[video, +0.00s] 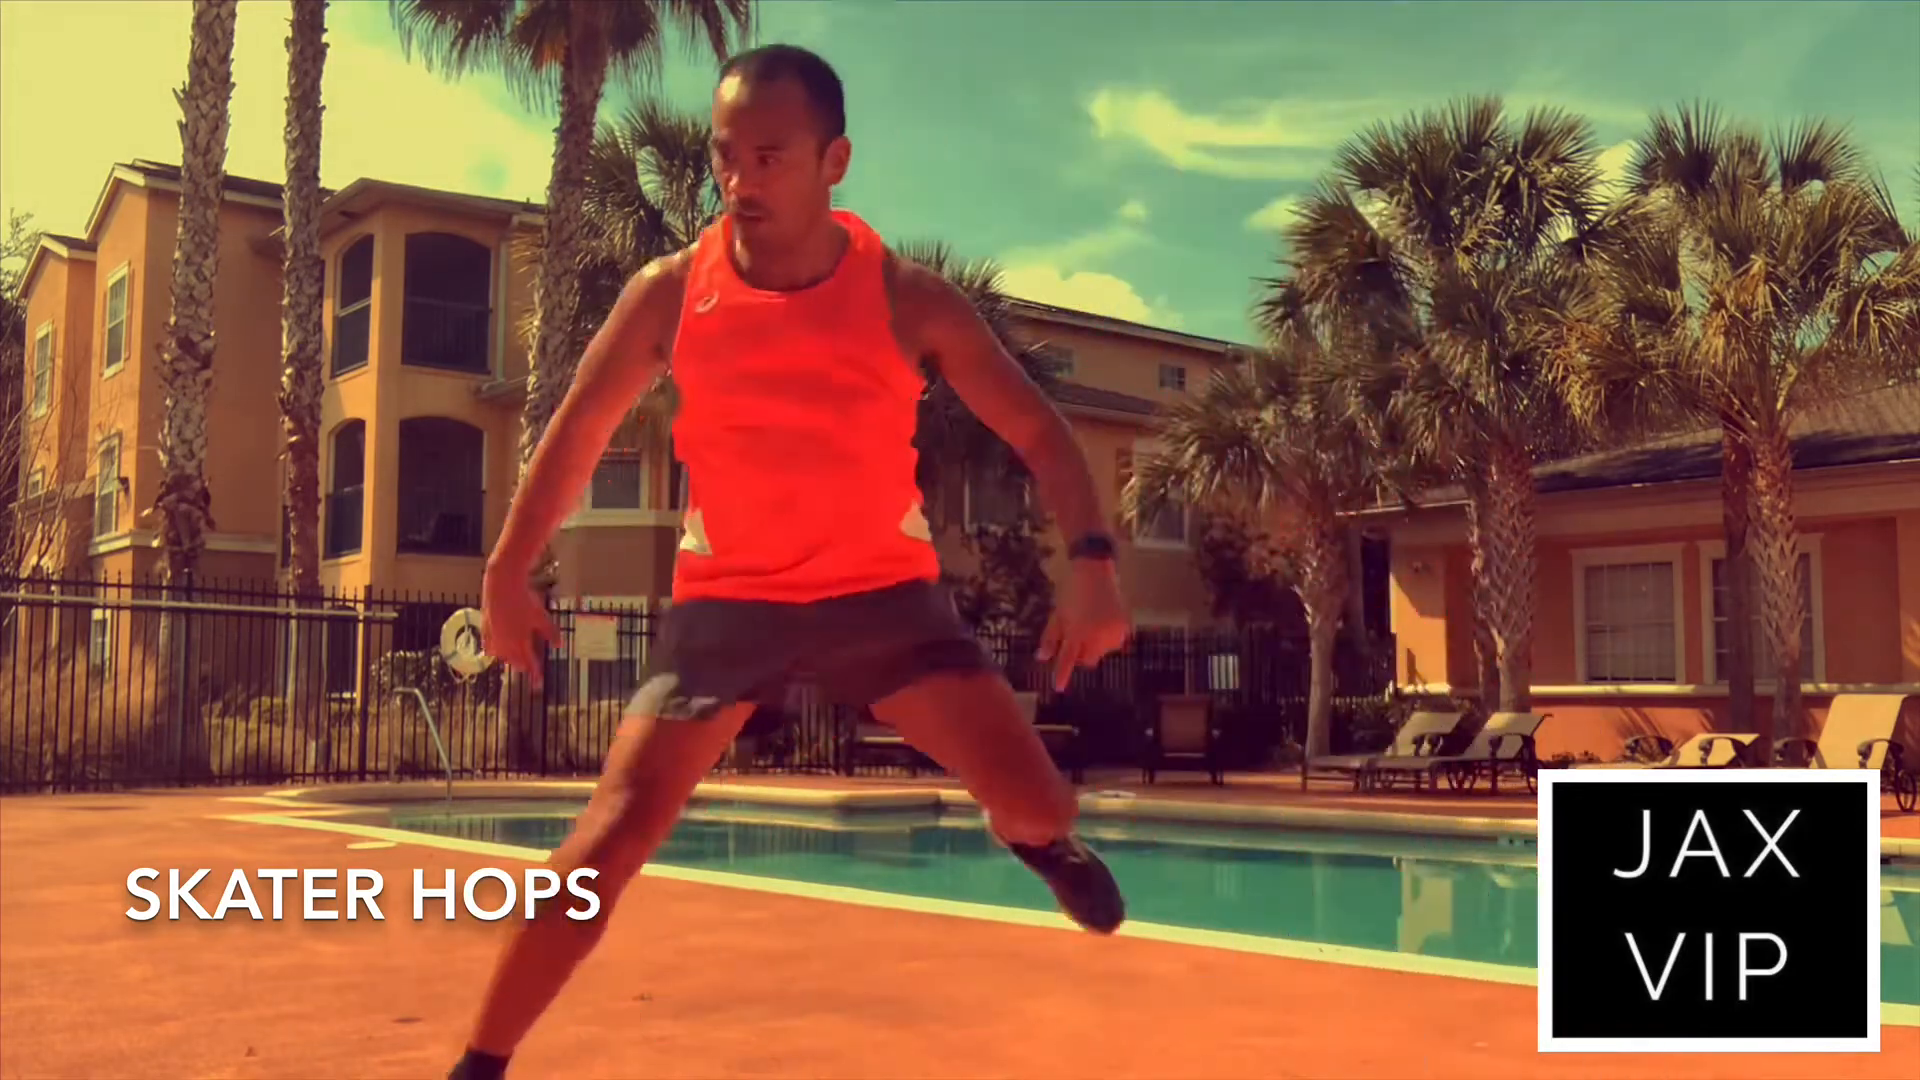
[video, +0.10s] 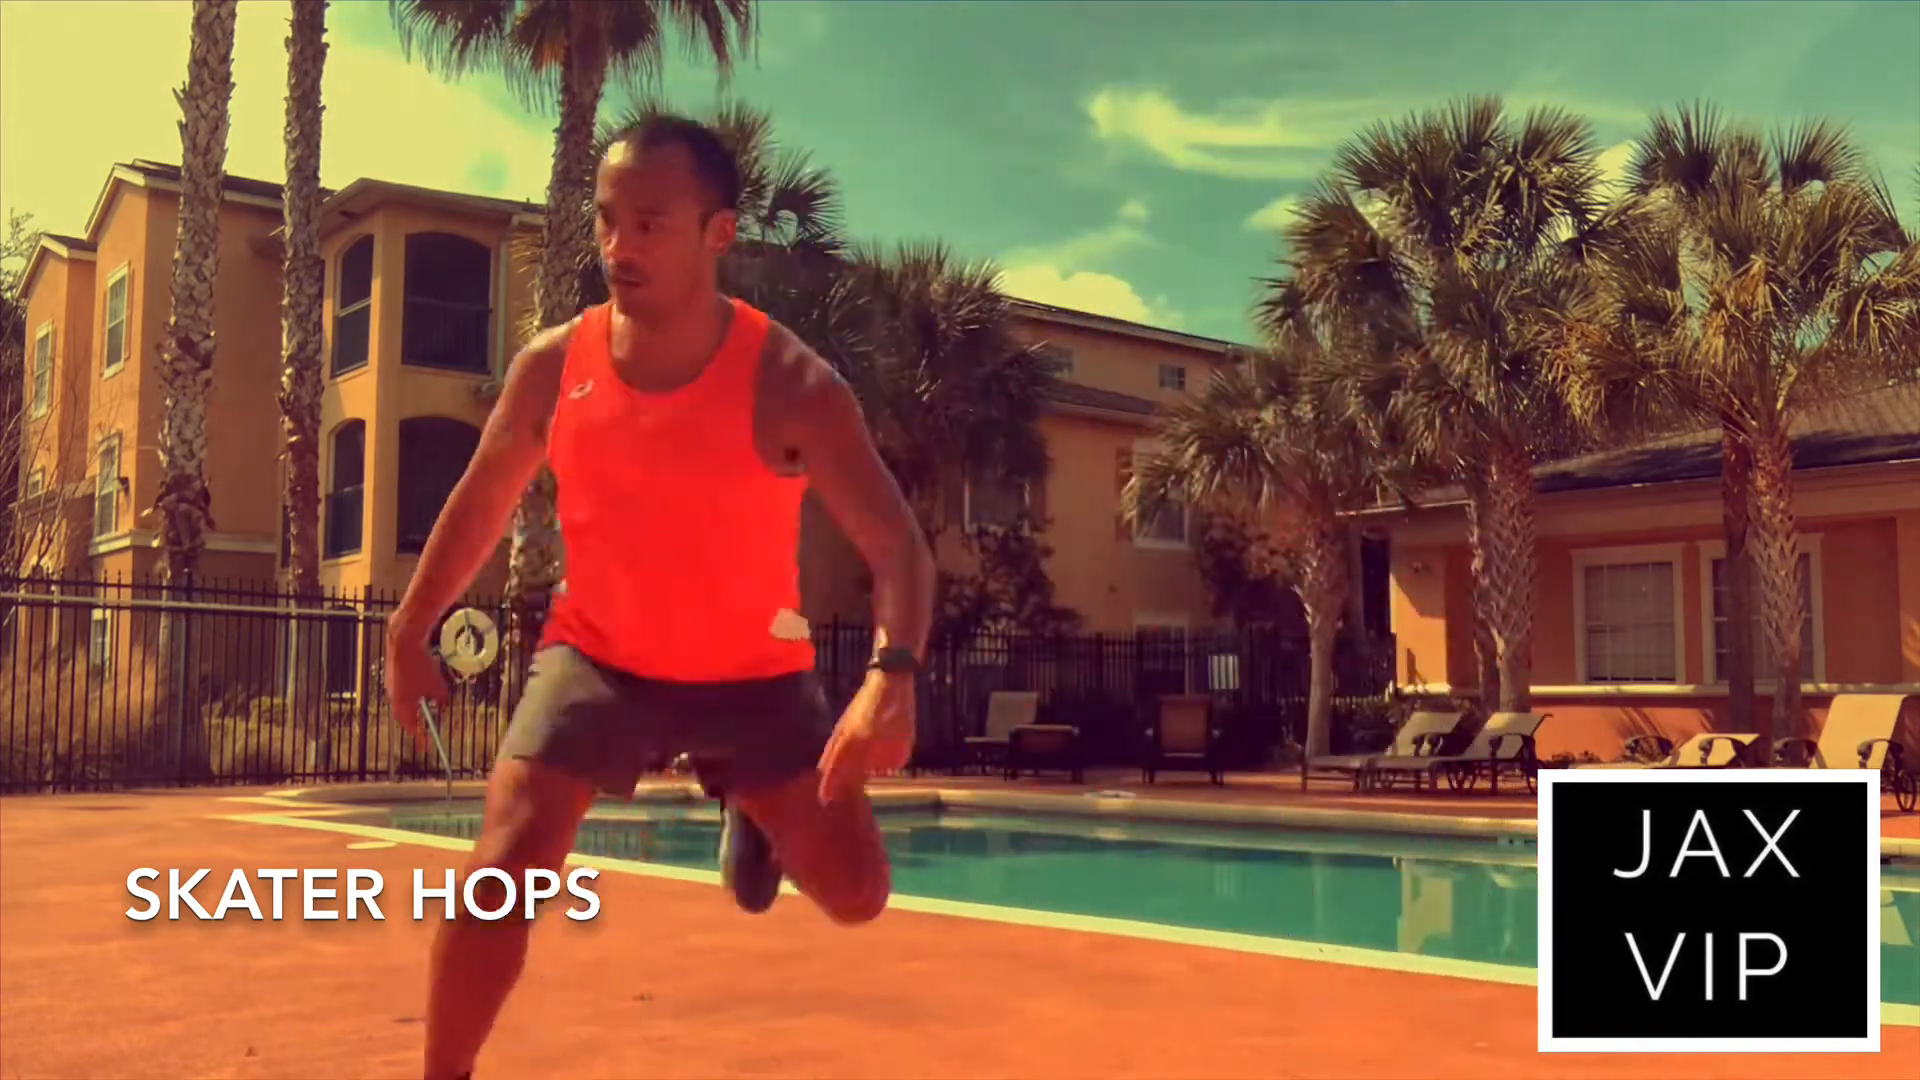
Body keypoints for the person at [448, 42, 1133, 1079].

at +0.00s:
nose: (739, 182)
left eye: (767, 156)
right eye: (726, 156)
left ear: (834, 159)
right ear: (710, 155)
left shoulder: (908, 296)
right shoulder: (669, 294)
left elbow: (1036, 432)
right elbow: (576, 434)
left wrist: (1091, 558)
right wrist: (504, 572)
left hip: (885, 599)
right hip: (726, 606)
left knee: (1042, 808)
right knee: (613, 834)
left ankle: (1040, 844)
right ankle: (480, 1063)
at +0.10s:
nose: (619, 247)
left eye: (650, 223)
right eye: (609, 220)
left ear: (720, 231)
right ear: (595, 224)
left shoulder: (791, 386)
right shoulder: (554, 368)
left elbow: (896, 548)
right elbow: (483, 498)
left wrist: (894, 677)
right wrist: (409, 626)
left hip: (758, 676)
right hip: (595, 664)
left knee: (858, 898)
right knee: (501, 873)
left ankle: (764, 809)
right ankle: (444, 1073)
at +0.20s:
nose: (528, 294)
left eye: (559, 271)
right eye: (520, 268)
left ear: (634, 289)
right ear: (508, 270)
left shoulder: (697, 429)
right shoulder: (480, 407)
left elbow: (743, 620)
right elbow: (421, 536)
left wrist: (670, 756)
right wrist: (343, 640)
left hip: (656, 710)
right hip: (519, 679)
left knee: (652, 966)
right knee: (476, 859)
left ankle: (541, 869)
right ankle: (438, 1073)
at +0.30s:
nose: (468, 348)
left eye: (500, 326)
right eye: (460, 322)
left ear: (577, 342)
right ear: (450, 325)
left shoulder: (631, 480)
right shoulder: (434, 447)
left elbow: (614, 683)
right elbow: (398, 542)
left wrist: (481, 803)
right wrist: (293, 635)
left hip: (590, 745)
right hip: (461, 693)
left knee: (481, 981)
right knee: (437, 875)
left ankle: (352, 935)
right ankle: (433, 1075)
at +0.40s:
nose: (429, 411)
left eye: (461, 388)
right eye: (422, 385)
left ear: (537, 405)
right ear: (408, 387)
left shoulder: (593, 552)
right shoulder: (397, 496)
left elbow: (515, 739)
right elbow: (365, 562)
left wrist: (336, 839)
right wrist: (259, 638)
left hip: (529, 792)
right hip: (412, 714)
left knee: (359, 984)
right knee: (412, 862)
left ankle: (235, 1012)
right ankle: (429, 1077)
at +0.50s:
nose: (411, 465)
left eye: (446, 444)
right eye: (403, 437)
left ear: (516, 463)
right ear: (390, 438)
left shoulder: (568, 607)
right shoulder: (368, 537)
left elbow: (473, 790)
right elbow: (335, 590)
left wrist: (265, 866)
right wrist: (225, 666)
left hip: (483, 828)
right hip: (373, 749)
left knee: (307, 1023)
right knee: (379, 861)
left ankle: (200, 1019)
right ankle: (423, 1074)